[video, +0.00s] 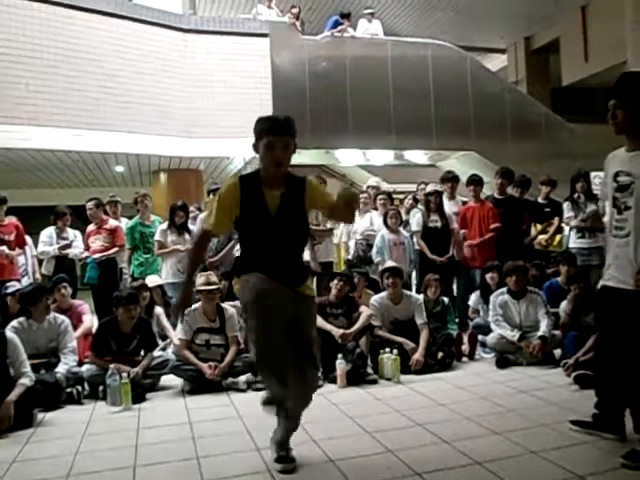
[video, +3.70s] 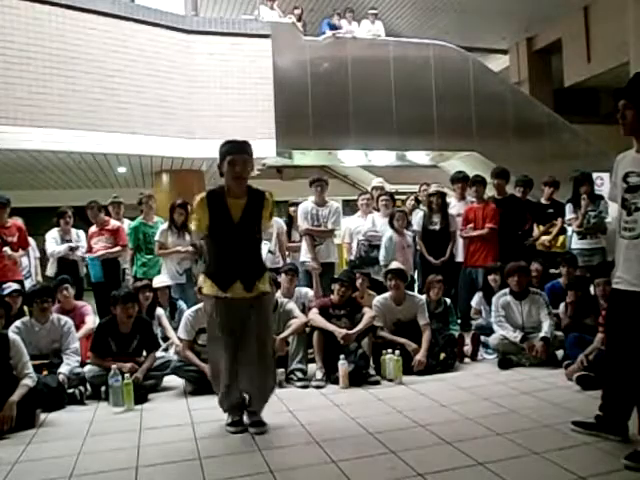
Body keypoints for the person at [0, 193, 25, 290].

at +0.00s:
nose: (1, 209)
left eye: (2, 206)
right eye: (1, 207)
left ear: (5, 206)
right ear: (3, 207)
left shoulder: (14, 225)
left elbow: (21, 246)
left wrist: (13, 253)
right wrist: (5, 252)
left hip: (10, 274)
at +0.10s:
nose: (3, 212)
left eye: (4, 208)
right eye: (1, 208)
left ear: (9, 208)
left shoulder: (17, 225)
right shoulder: (2, 227)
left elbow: (25, 247)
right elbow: (3, 246)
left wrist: (17, 254)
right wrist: (8, 253)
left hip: (14, 276)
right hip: (3, 276)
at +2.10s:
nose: (2, 211)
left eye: (4, 208)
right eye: (1, 208)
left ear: (8, 208)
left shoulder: (17, 225)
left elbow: (24, 247)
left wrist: (16, 254)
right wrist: (8, 253)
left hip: (14, 276)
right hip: (3, 276)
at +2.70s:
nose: (3, 217)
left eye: (4, 214)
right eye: (1, 214)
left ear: (7, 211)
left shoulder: (17, 226)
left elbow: (23, 248)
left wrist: (15, 256)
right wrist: (7, 254)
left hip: (14, 276)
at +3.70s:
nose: (2, 212)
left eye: (4, 208)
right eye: (1, 209)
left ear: (8, 210)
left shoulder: (17, 227)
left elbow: (25, 248)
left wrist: (15, 255)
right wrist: (9, 254)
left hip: (14, 275)